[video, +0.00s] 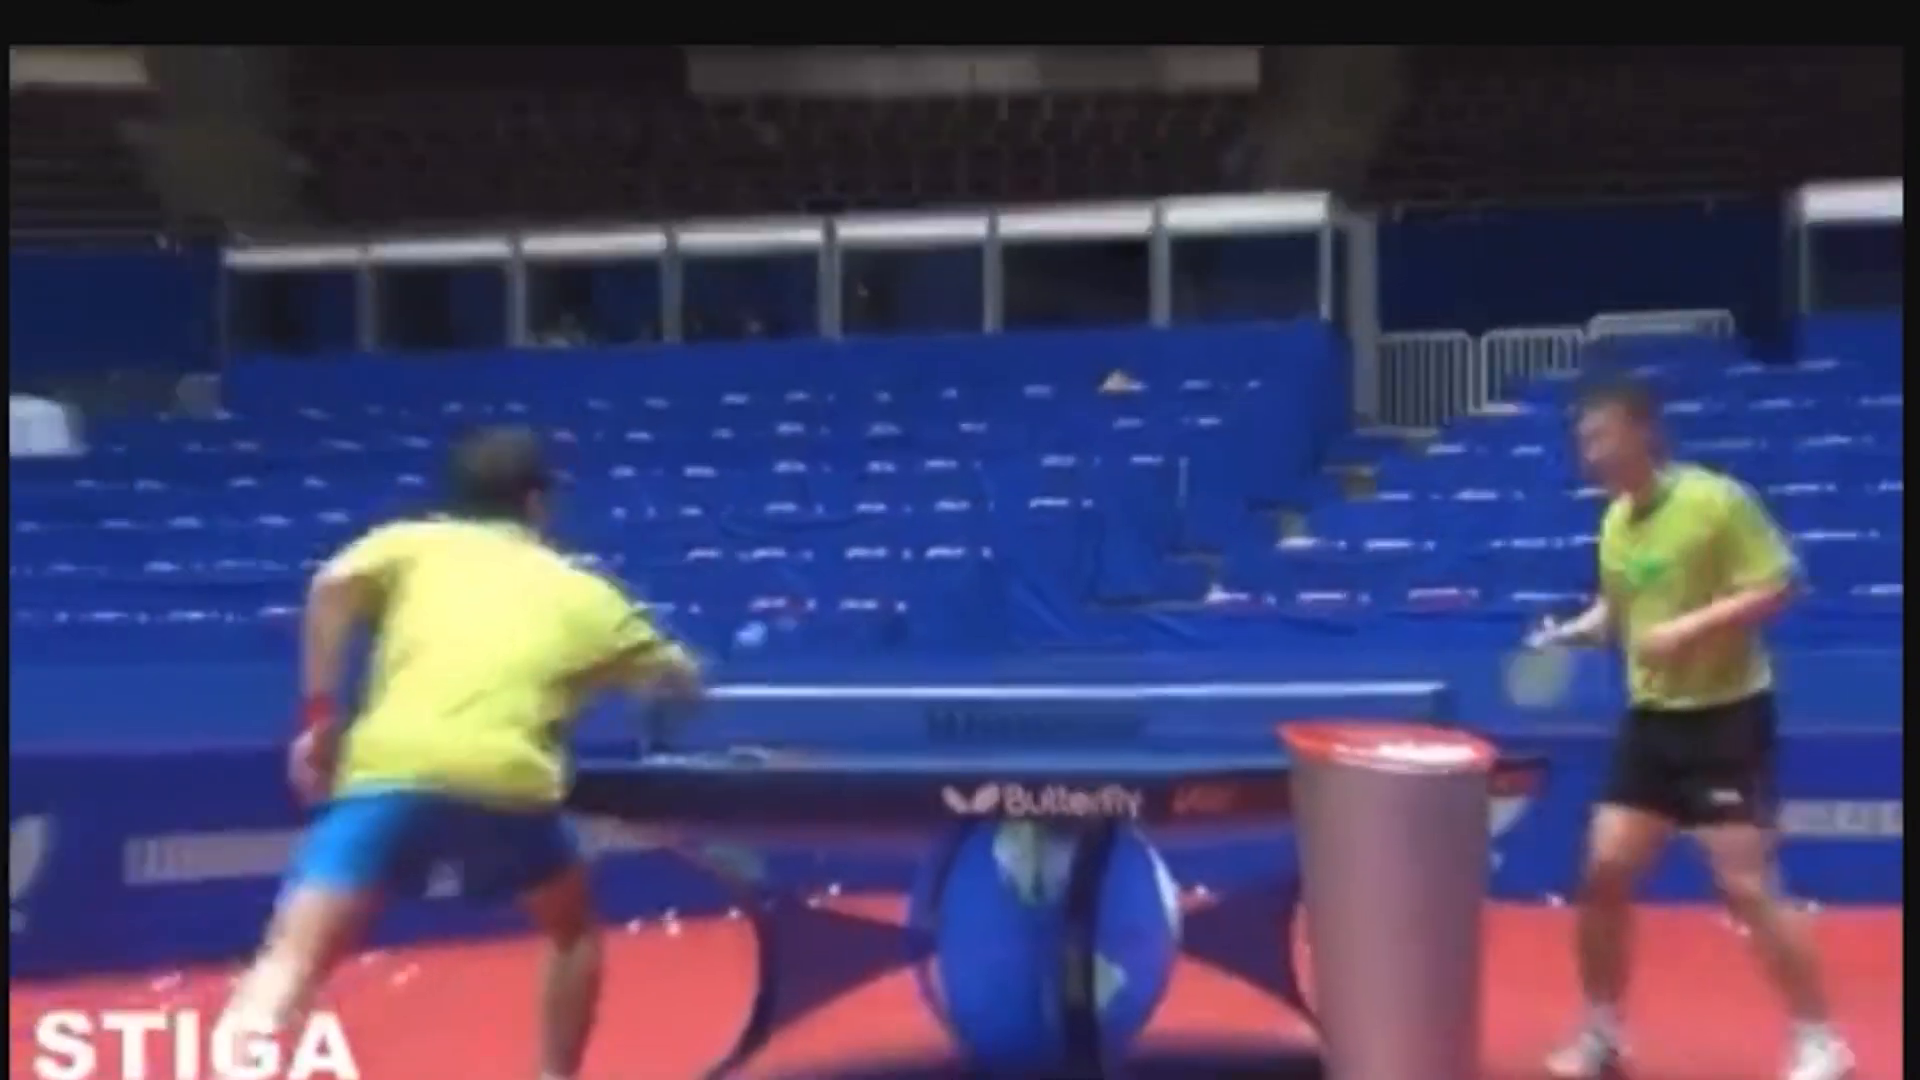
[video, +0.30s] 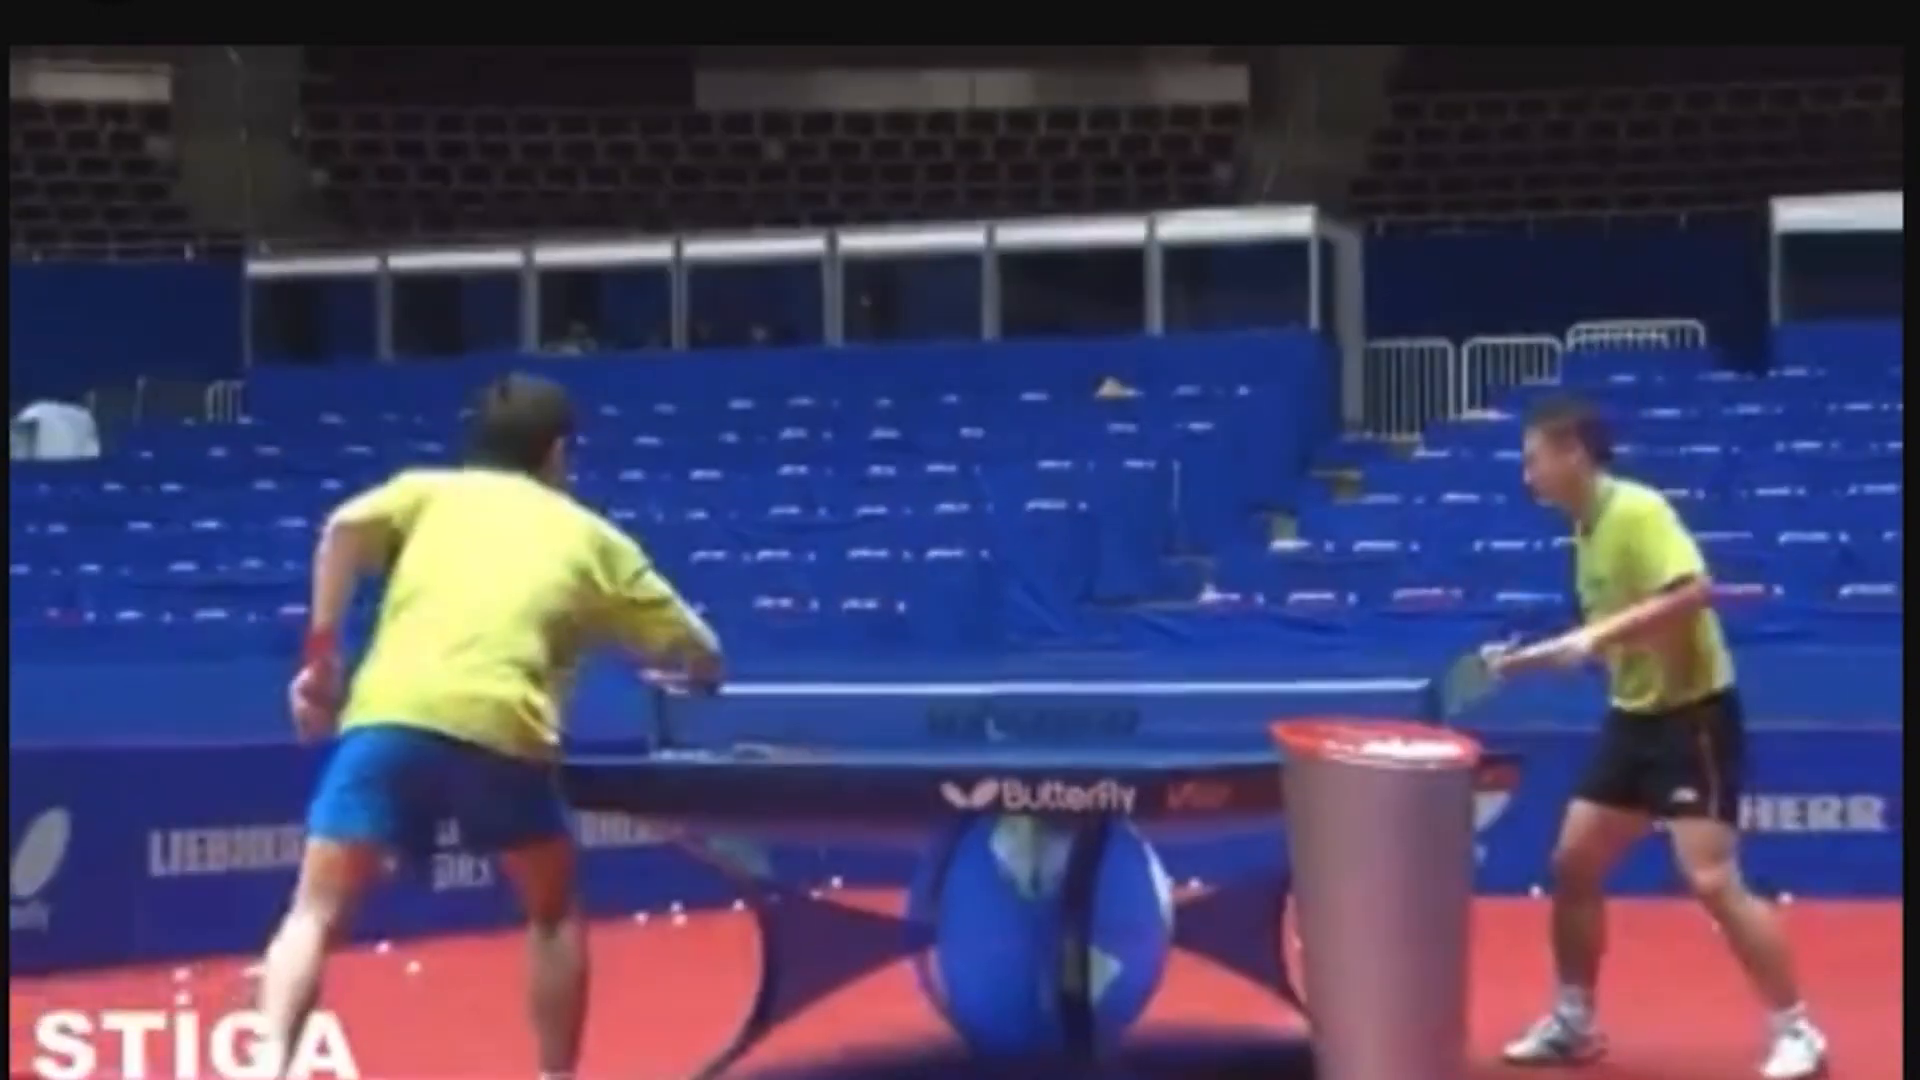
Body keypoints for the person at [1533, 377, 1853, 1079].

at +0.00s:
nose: (1591, 455)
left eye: (1601, 438)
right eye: (1585, 441)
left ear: (1644, 435)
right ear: (1588, 449)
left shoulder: (1715, 501)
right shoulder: (1615, 520)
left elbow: (1777, 580)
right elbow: (1622, 606)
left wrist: (1688, 627)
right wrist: (1578, 630)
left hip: (1726, 715)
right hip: (1652, 715)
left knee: (1746, 887)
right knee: (1606, 866)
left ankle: (1817, 1037)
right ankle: (1602, 1030)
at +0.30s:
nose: (1526, 474)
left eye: (1535, 458)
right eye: (1525, 459)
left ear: (1575, 452)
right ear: (1563, 457)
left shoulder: (1637, 509)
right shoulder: (1589, 531)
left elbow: (1692, 587)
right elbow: (1616, 628)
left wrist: (1598, 635)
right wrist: (1539, 656)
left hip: (1694, 710)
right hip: (1635, 712)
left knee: (1712, 877)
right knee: (1574, 862)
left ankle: (1794, 1027)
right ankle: (1573, 1018)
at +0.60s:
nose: (1468, 462)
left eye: (1478, 444)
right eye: (1466, 447)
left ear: (1519, 443)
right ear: (1503, 451)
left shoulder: (1589, 497)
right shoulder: (1508, 527)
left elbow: (1650, 570)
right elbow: (1530, 623)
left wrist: (1563, 624)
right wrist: (1488, 704)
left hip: (1649, 689)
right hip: (1582, 702)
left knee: (1689, 849)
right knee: (1556, 853)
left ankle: (1751, 1005)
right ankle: (1574, 1016)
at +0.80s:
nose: (1485, 430)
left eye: (1497, 414)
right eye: (1480, 420)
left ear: (1541, 417)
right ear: (1486, 438)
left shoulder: (1609, 478)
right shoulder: (1496, 519)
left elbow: (1664, 554)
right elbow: (1497, 619)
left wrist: (1579, 590)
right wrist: (1487, 712)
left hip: (1629, 678)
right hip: (1553, 690)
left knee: (1656, 851)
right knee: (1563, 852)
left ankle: (1680, 995)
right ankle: (1573, 1010)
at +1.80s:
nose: (1553, 425)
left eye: (1568, 414)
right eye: (1545, 413)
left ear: (1596, 428)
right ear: (1531, 425)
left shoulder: (1630, 507)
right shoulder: (1502, 500)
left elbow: (1659, 585)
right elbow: (1454, 576)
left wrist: (1645, 610)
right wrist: (1458, 625)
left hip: (1592, 681)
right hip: (1511, 679)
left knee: (1603, 845)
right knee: (1486, 838)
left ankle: (1606, 990)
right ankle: (1475, 973)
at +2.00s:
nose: (1503, 438)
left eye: (1516, 427)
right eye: (1495, 425)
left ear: (1543, 437)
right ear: (1483, 434)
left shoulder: (1577, 508)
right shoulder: (1454, 515)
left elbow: (1621, 589)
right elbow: (1426, 598)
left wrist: (1583, 609)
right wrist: (1406, 565)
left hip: (1549, 686)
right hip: (1474, 685)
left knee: (1574, 850)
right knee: (1465, 853)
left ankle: (1601, 989)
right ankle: (1462, 987)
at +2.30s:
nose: (1443, 432)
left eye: (1455, 421)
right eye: (1434, 422)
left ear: (1482, 430)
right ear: (1422, 433)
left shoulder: (1520, 496)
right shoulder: (1416, 508)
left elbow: (1565, 571)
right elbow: (1374, 572)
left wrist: (1500, 601)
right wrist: (1366, 612)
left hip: (1508, 673)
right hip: (1445, 673)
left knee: (1502, 834)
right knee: (1446, 836)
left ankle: (1520, 981)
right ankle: (1453, 980)